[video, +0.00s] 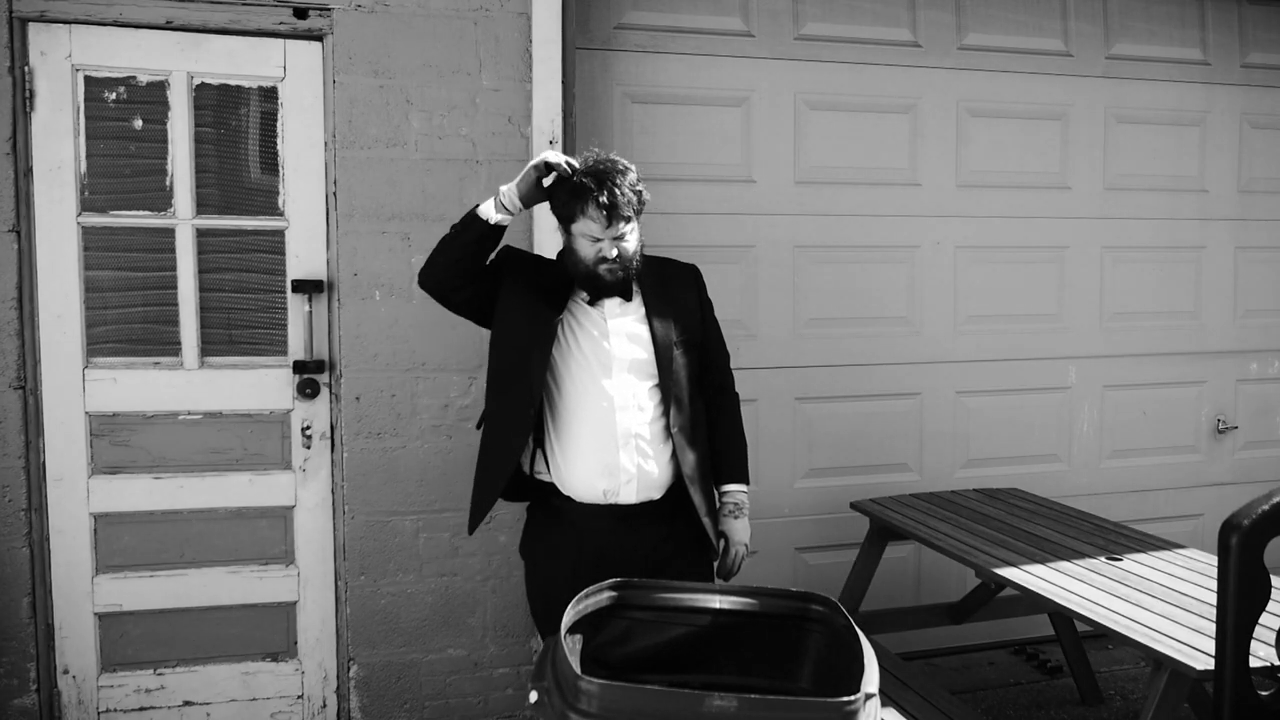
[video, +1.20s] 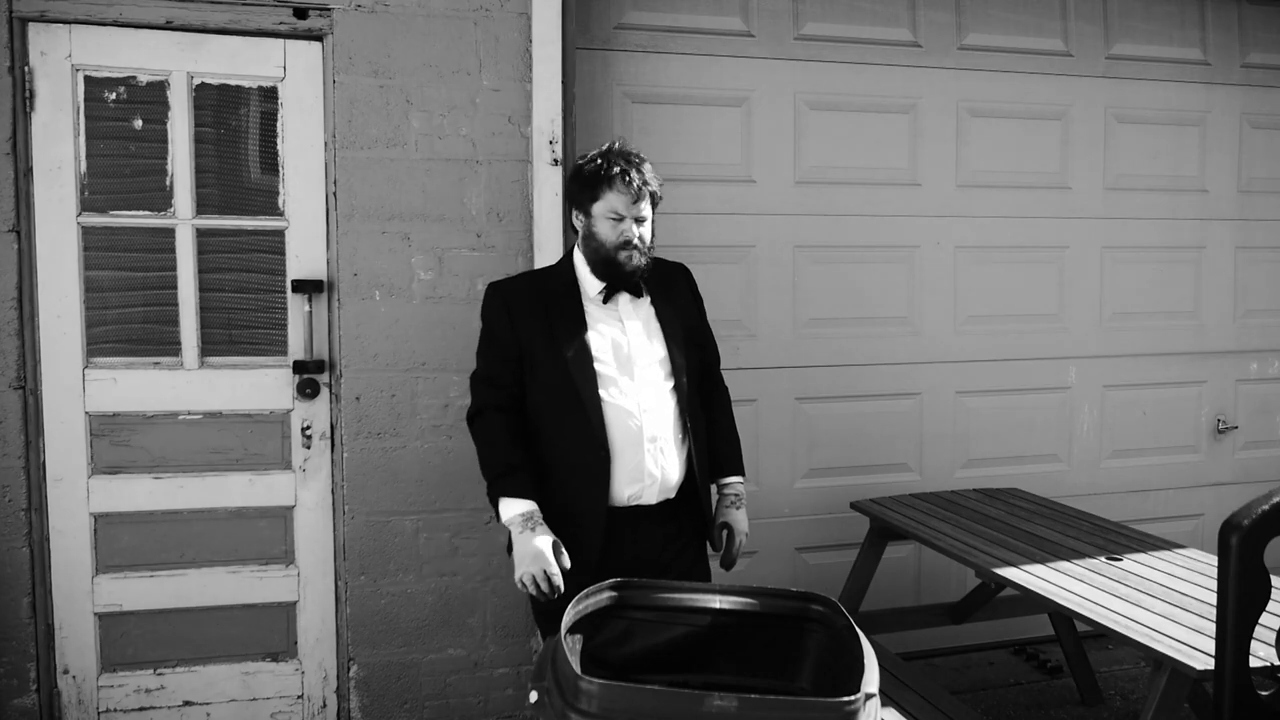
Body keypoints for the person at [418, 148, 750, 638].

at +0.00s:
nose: (611, 252)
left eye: (622, 235)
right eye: (594, 239)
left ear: (639, 223)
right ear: (565, 235)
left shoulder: (680, 287)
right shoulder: (526, 287)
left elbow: (719, 395)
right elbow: (441, 278)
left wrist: (734, 502)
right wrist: (510, 202)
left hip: (671, 528)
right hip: (566, 532)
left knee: (676, 696)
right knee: (576, 694)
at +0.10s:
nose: (621, 250)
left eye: (631, 232)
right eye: (603, 236)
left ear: (645, 224)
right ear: (570, 231)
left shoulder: (681, 287)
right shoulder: (521, 290)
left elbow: (719, 396)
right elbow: (428, 314)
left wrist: (733, 504)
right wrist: (481, 234)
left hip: (670, 528)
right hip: (566, 531)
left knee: (675, 695)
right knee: (577, 693)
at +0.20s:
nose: (637, 246)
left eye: (643, 228)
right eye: (619, 232)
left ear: (652, 221)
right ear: (578, 229)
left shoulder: (682, 288)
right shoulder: (519, 295)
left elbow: (719, 397)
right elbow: (435, 363)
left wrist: (734, 504)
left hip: (670, 527)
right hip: (566, 532)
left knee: (676, 694)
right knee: (577, 693)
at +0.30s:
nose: (646, 243)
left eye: (651, 227)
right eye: (629, 228)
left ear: (657, 222)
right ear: (583, 228)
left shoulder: (681, 288)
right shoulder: (518, 301)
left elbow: (718, 396)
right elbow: (475, 375)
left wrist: (733, 503)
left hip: (669, 530)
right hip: (566, 535)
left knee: (674, 695)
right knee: (575, 693)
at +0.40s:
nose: (650, 243)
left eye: (653, 227)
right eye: (634, 229)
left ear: (659, 221)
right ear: (585, 229)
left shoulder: (679, 287)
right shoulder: (515, 303)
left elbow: (715, 394)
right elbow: (485, 409)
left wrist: (733, 500)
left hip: (671, 532)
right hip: (567, 539)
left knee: (678, 699)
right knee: (580, 707)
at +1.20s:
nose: (636, 235)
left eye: (644, 220)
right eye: (618, 220)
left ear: (654, 217)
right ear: (580, 219)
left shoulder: (675, 285)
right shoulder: (517, 303)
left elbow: (710, 388)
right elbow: (494, 417)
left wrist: (730, 491)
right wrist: (524, 525)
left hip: (676, 530)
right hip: (581, 538)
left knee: (684, 698)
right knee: (588, 706)